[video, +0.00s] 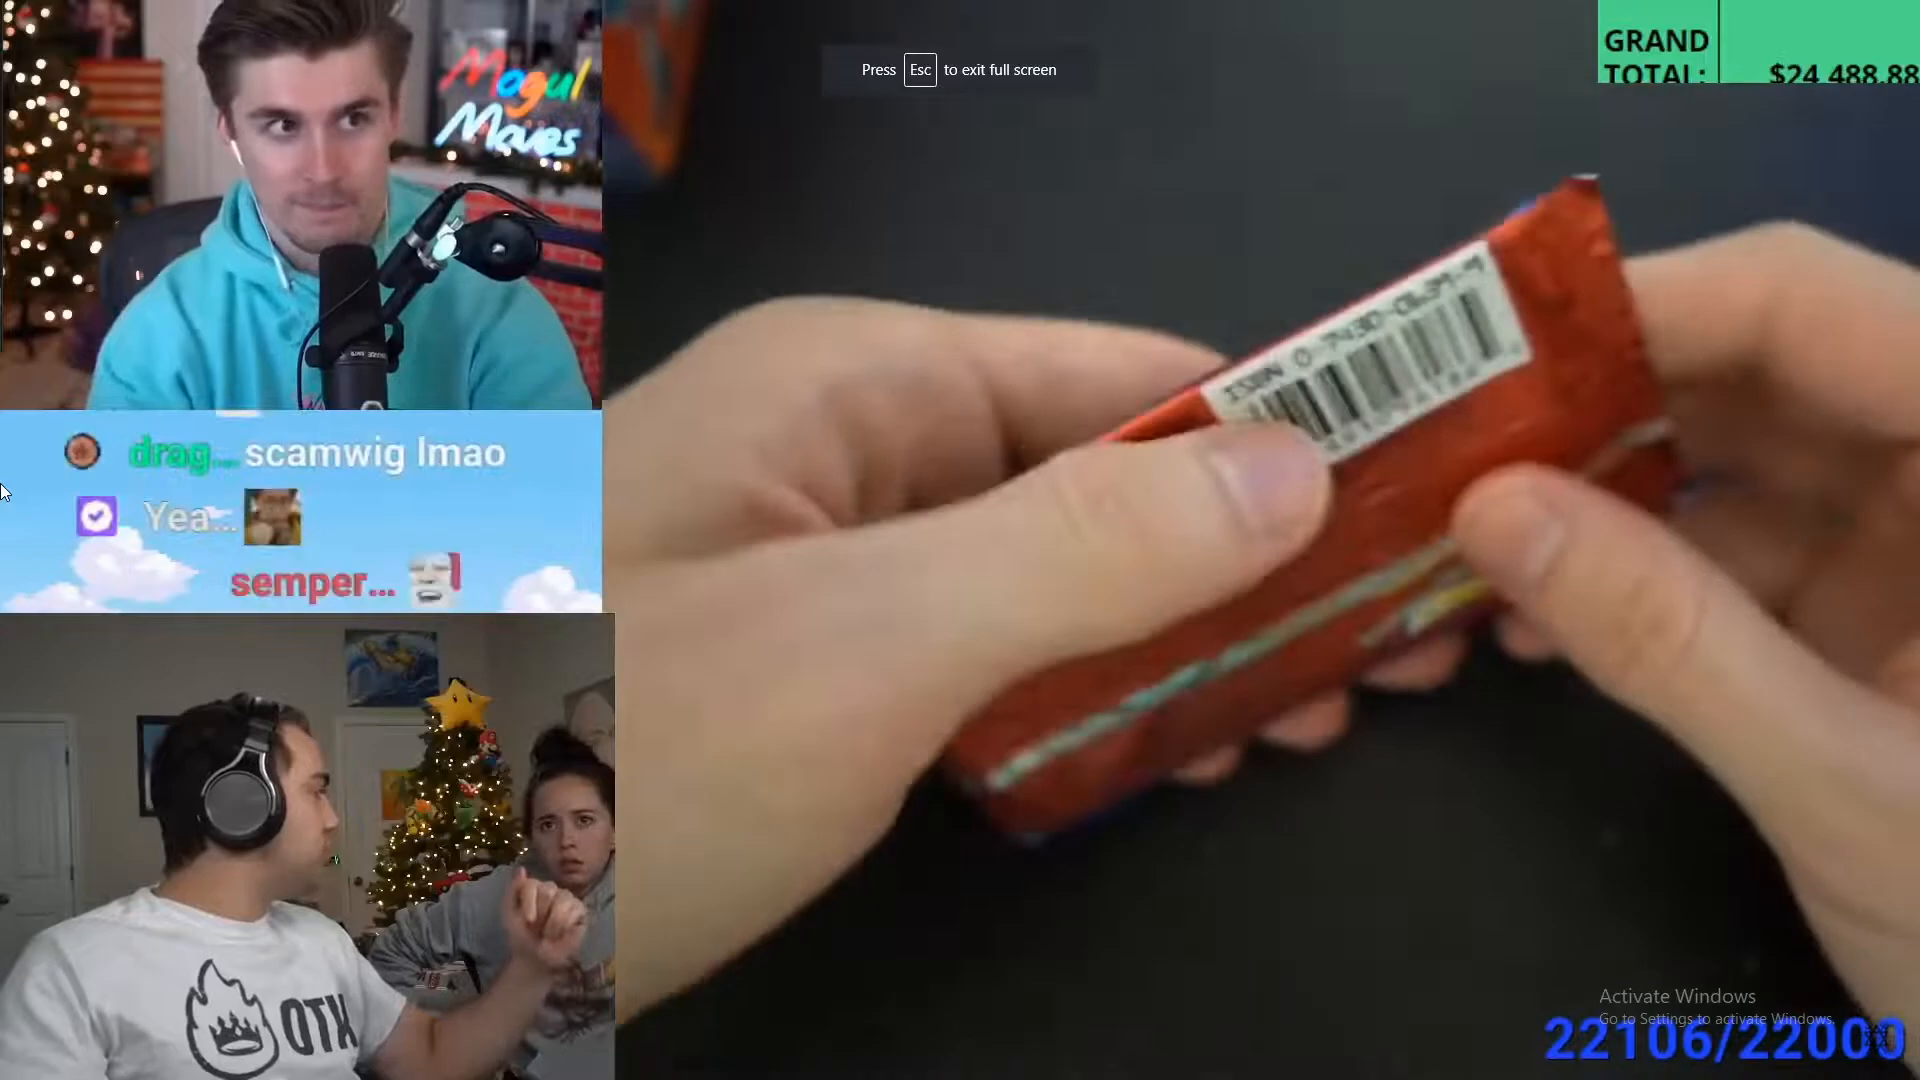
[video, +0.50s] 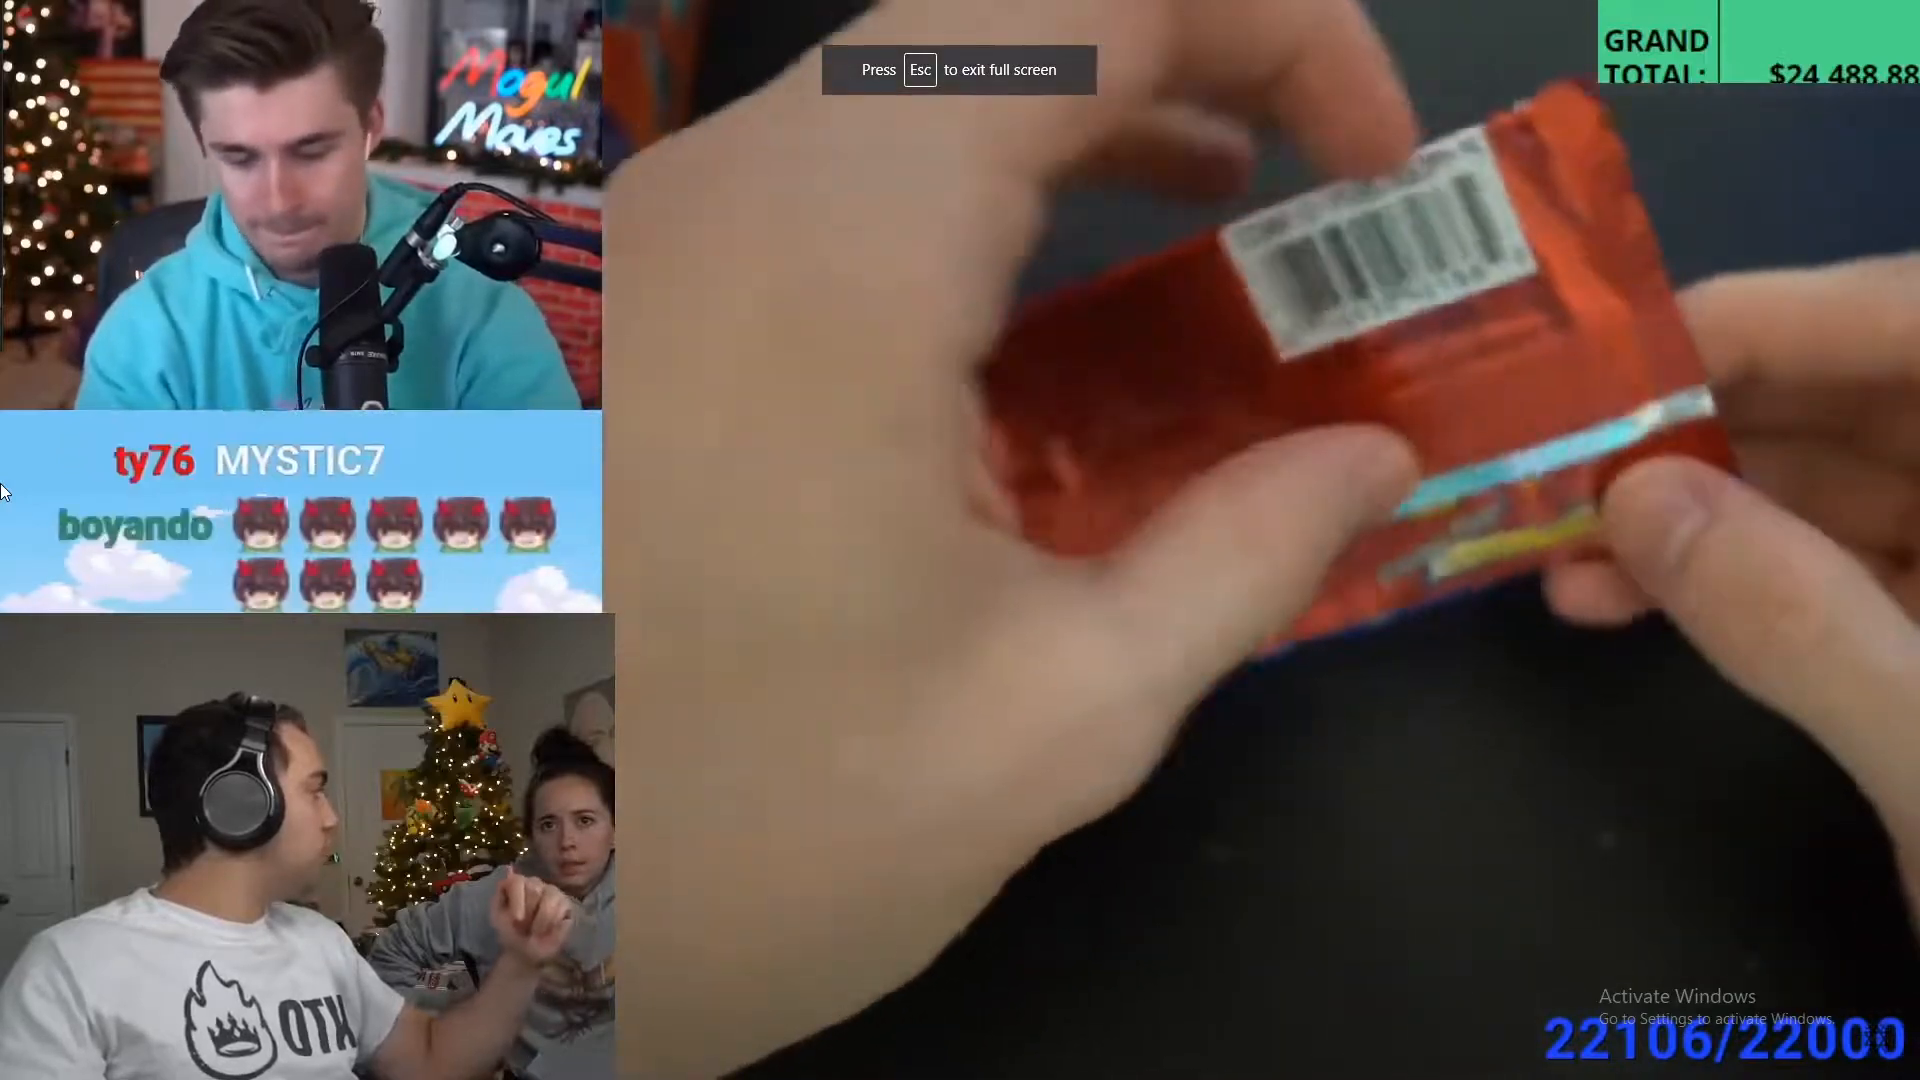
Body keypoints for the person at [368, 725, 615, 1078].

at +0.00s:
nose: (567, 841)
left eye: (584, 821)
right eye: (548, 825)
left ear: (614, 831)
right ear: (531, 836)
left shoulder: (641, 895)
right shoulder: (489, 900)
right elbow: (387, 957)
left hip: (616, 1070)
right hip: (535, 1072)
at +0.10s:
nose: (567, 841)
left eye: (585, 821)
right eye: (548, 825)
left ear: (614, 831)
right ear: (531, 836)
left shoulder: (642, 896)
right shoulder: (490, 900)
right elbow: (388, 956)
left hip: (623, 1068)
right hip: (535, 1071)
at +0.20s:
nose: (567, 841)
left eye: (585, 821)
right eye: (548, 825)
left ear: (614, 831)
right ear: (531, 837)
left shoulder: (641, 894)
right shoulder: (492, 899)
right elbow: (387, 956)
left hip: (619, 1069)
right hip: (535, 1071)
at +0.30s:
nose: (567, 841)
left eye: (585, 821)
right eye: (548, 825)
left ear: (614, 831)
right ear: (531, 836)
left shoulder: (641, 895)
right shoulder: (490, 900)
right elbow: (386, 958)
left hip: (620, 1069)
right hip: (535, 1072)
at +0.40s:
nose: (567, 841)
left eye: (585, 821)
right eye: (549, 825)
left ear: (614, 831)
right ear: (531, 837)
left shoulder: (642, 894)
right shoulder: (489, 901)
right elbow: (387, 957)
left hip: (622, 1068)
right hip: (536, 1071)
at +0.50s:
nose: (567, 842)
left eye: (585, 822)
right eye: (548, 825)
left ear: (614, 829)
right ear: (531, 836)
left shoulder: (642, 896)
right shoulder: (489, 900)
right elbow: (387, 957)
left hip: (621, 1069)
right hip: (534, 1071)